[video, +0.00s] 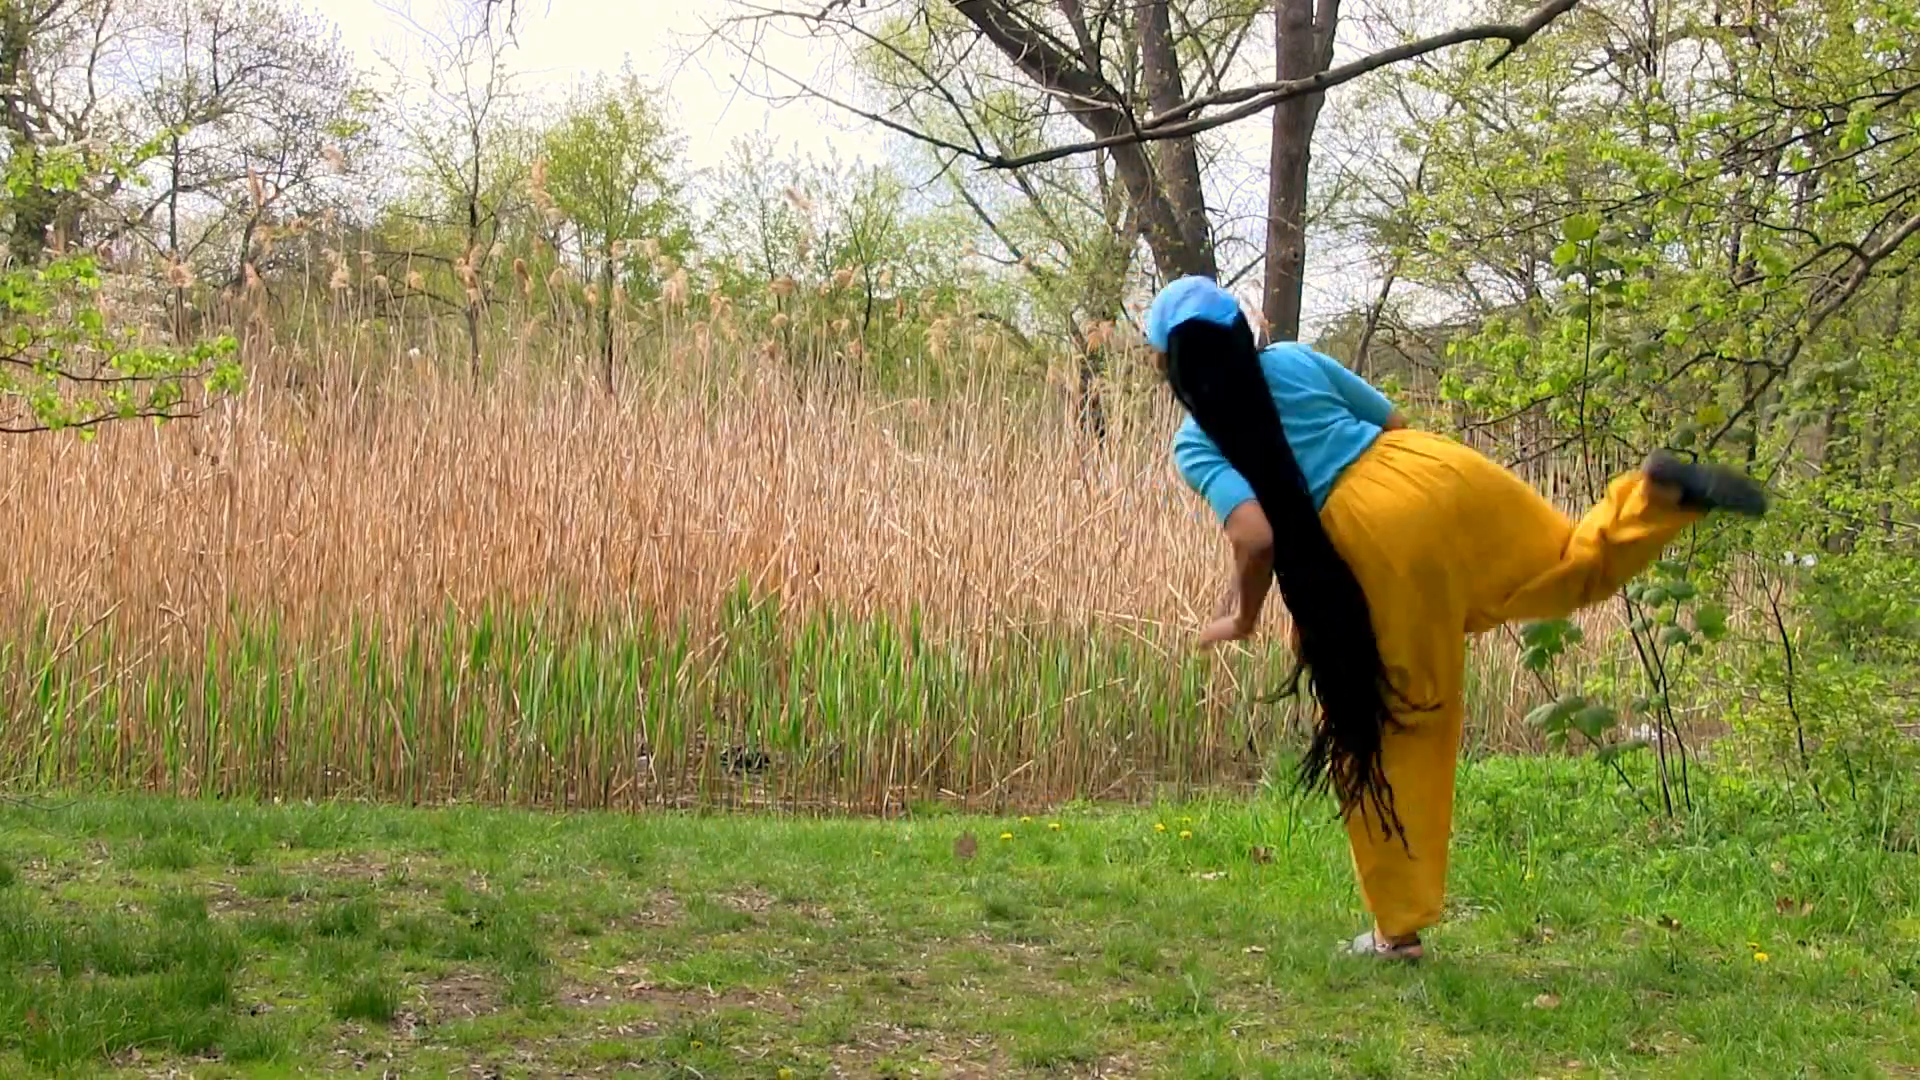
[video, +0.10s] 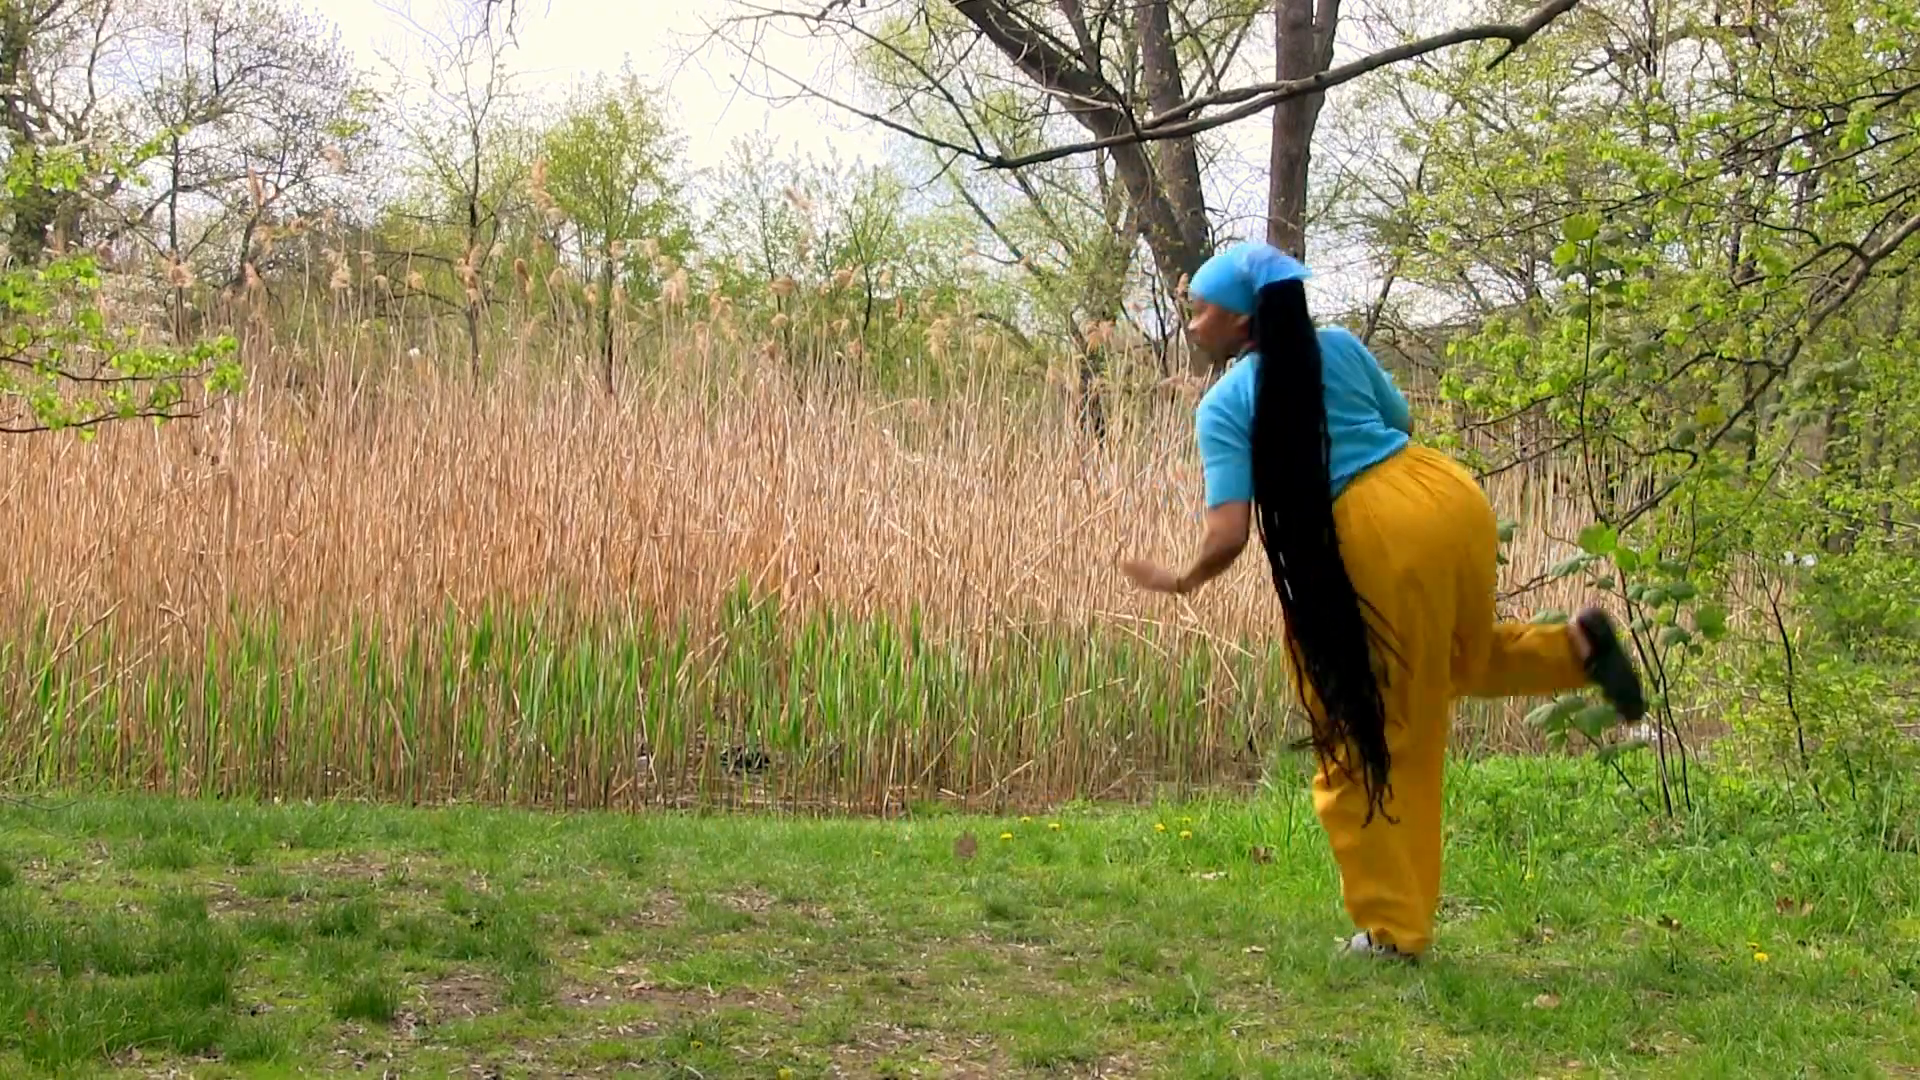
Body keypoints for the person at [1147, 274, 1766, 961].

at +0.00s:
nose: (1157, 364)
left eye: (1157, 352)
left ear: (1169, 362)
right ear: (1242, 330)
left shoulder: (1194, 438)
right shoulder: (1297, 358)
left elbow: (1254, 529)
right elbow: (1383, 414)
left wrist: (1242, 615)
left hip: (1358, 533)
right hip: (1421, 464)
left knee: (1385, 728)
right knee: (1569, 568)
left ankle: (1399, 930)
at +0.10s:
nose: (1189, 321)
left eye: (1200, 309)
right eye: (1192, 307)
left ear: (1243, 319)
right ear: (1257, 315)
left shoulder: (1225, 403)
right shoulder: (1339, 346)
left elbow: (1228, 531)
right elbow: (1396, 418)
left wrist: (1181, 579)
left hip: (1377, 538)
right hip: (1452, 494)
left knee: (1377, 735)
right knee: (1462, 661)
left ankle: (1393, 929)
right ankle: (1577, 650)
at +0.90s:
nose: (1276, 343)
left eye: (1292, 334)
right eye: (1279, 330)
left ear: (1339, 352)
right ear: (1286, 335)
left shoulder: (1390, 431)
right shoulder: (1259, 395)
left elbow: (1503, 470)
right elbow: (1178, 452)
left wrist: (1455, 397)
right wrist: (1128, 455)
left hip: (1325, 601)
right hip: (1219, 586)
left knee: (1346, 771)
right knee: (1149, 737)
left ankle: (1363, 925)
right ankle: (1150, 861)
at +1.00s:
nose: (1232, 309)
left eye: (1249, 301)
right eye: (1235, 297)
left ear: (1295, 323)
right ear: (1248, 313)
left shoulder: (1347, 396)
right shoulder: (1211, 367)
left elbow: (1456, 412)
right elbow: (1124, 405)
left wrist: (1427, 323)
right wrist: (1081, 362)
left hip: (1276, 583)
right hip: (1174, 558)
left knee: (1313, 767)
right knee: (1058, 674)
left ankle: (1364, 924)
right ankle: (1054, 830)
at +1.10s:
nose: (1176, 277)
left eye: (1192, 268)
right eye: (1177, 266)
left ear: (1238, 286)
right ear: (1188, 281)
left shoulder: (1289, 357)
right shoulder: (1165, 333)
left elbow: (1369, 374)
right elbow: (1092, 347)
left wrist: (1332, 291)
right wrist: (1113, 271)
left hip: (1220, 551)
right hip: (1114, 521)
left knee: (1269, 730)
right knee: (987, 658)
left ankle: (1314, 901)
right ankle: (929, 809)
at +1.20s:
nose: (1127, 278)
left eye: (1142, 267)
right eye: (1126, 266)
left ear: (1181, 287)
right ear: (1125, 280)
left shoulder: (1215, 358)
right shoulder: (1107, 332)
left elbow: (1266, 364)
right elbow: (1051, 309)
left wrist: (1188, 302)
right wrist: (1103, 239)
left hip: (1162, 551)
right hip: (1059, 526)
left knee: (1197, 737)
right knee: (960, 685)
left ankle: (1143, 872)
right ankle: (869, 844)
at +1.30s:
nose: (1061, 306)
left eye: (1075, 296)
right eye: (1063, 294)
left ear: (1120, 312)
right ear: (1063, 302)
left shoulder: (1161, 386)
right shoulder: (1039, 361)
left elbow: (1161, 387)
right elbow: (976, 325)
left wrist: (1082, 348)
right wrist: (1023, 251)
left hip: (1100, 580)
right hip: (998, 556)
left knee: (1107, 760)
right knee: (923, 723)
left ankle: (1090, 893)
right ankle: (858, 884)